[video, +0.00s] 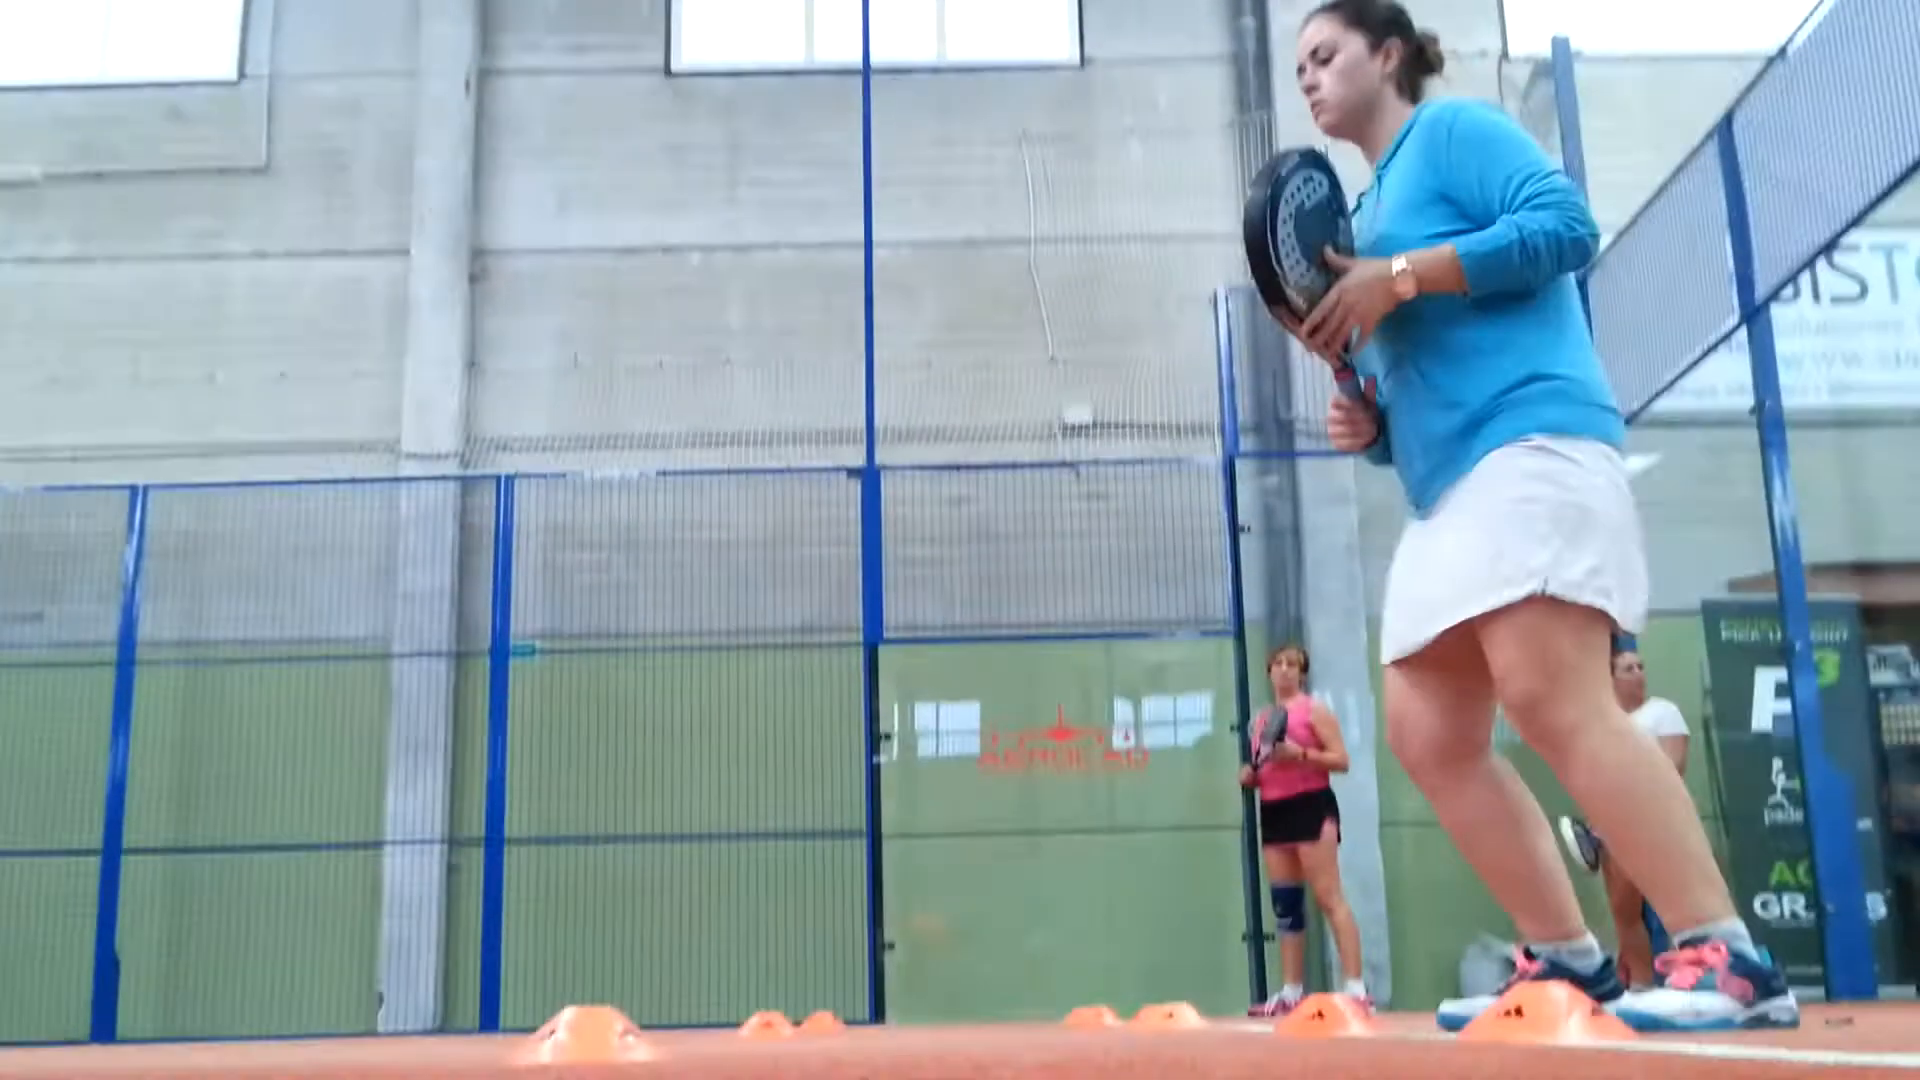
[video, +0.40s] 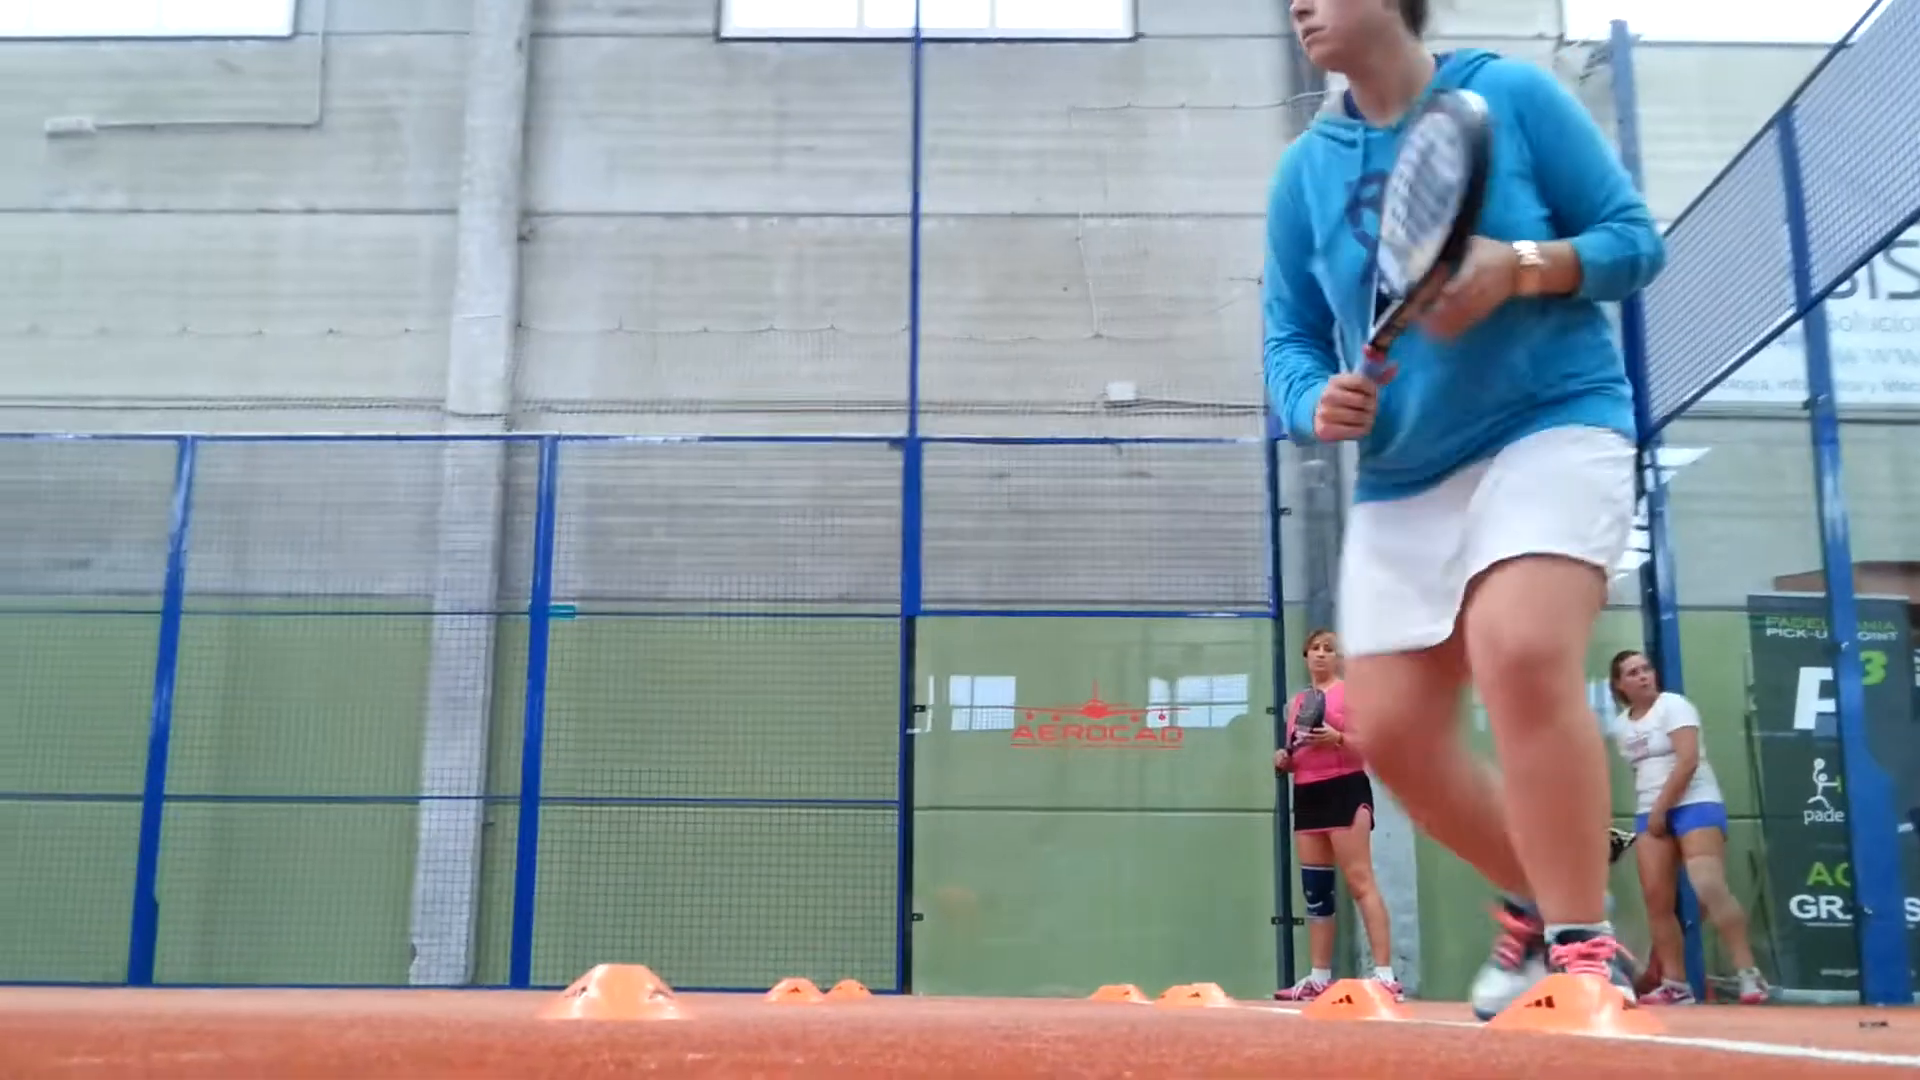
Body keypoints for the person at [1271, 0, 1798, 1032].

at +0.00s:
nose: (1306, 82)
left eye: (1323, 57)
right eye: (1302, 70)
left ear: (1390, 55)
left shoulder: (1456, 126)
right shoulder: (1367, 211)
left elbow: (1566, 226)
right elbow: (1427, 395)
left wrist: (1402, 277)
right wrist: (1371, 415)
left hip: (1537, 443)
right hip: (1447, 489)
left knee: (1556, 699)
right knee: (1431, 736)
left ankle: (1724, 958)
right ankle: (1567, 963)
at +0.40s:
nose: (1300, 9)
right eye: (1297, 2)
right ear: (1306, 27)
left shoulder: (1512, 96)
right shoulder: (1303, 174)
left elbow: (1637, 242)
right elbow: (1289, 344)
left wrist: (1520, 265)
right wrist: (1314, 403)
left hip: (1550, 425)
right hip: (1401, 476)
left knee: (1521, 651)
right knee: (1387, 731)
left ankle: (1587, 962)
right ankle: (1543, 901)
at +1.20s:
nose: (1004, 85)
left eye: (1026, 48)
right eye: (995, 67)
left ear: (1119, 46)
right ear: (1007, 101)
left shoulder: (1273, 128)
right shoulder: (1050, 277)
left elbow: (1451, 171)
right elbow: (980, 470)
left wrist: (1620, 210)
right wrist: (887, 667)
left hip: (1389, 434)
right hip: (1211, 465)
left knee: (1525, 623)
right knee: (1126, 647)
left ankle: (1624, 877)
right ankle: (1046, 969)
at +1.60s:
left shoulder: (1691, 4)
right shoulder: (1457, 77)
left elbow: (1870, 105)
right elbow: (1482, 280)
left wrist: (1832, 45)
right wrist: (1454, 411)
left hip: (1734, 354)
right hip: (1556, 388)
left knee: (1716, 633)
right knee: (1477, 637)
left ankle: (1819, 963)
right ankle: (1535, 947)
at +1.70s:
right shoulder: (1530, 54)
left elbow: (1896, 64)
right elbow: (1576, 244)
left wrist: (1811, 10)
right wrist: (1554, 369)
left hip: (1791, 316)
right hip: (1632, 368)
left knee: (1745, 610)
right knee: (1620, 649)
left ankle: (1867, 941)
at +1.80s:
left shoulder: (1786, 3)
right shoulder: (1602, 71)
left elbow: (1907, 81)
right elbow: (1683, 260)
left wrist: (1762, 35)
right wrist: (1654, 386)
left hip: (1846, 296)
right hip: (1728, 351)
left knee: (1746, 617)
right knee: (1765, 660)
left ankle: (1900, 945)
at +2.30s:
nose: (1867, 42)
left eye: (1869, 31)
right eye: (1868, 31)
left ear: (1888, 30)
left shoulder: (1898, 97)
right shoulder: (1896, 97)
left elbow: (1907, 182)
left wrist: (1830, 222)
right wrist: (1833, 225)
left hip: (1914, 336)